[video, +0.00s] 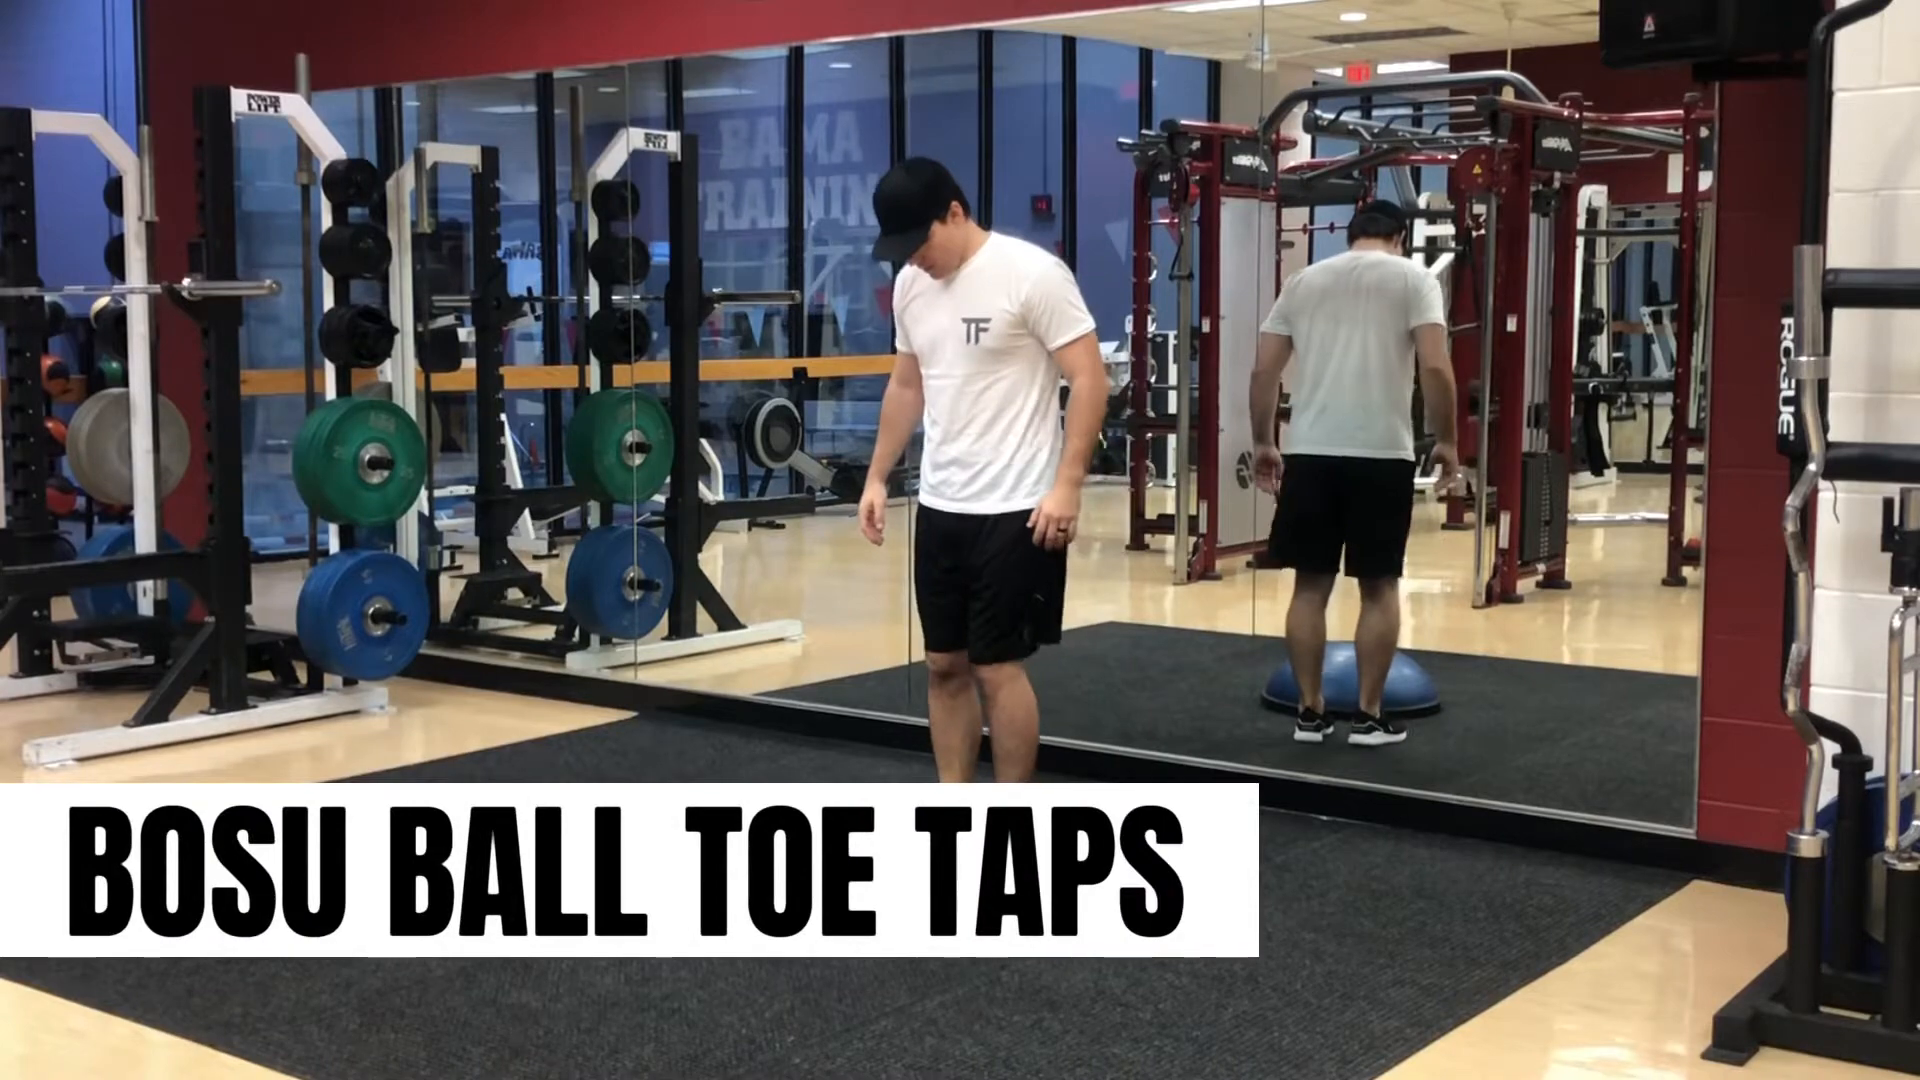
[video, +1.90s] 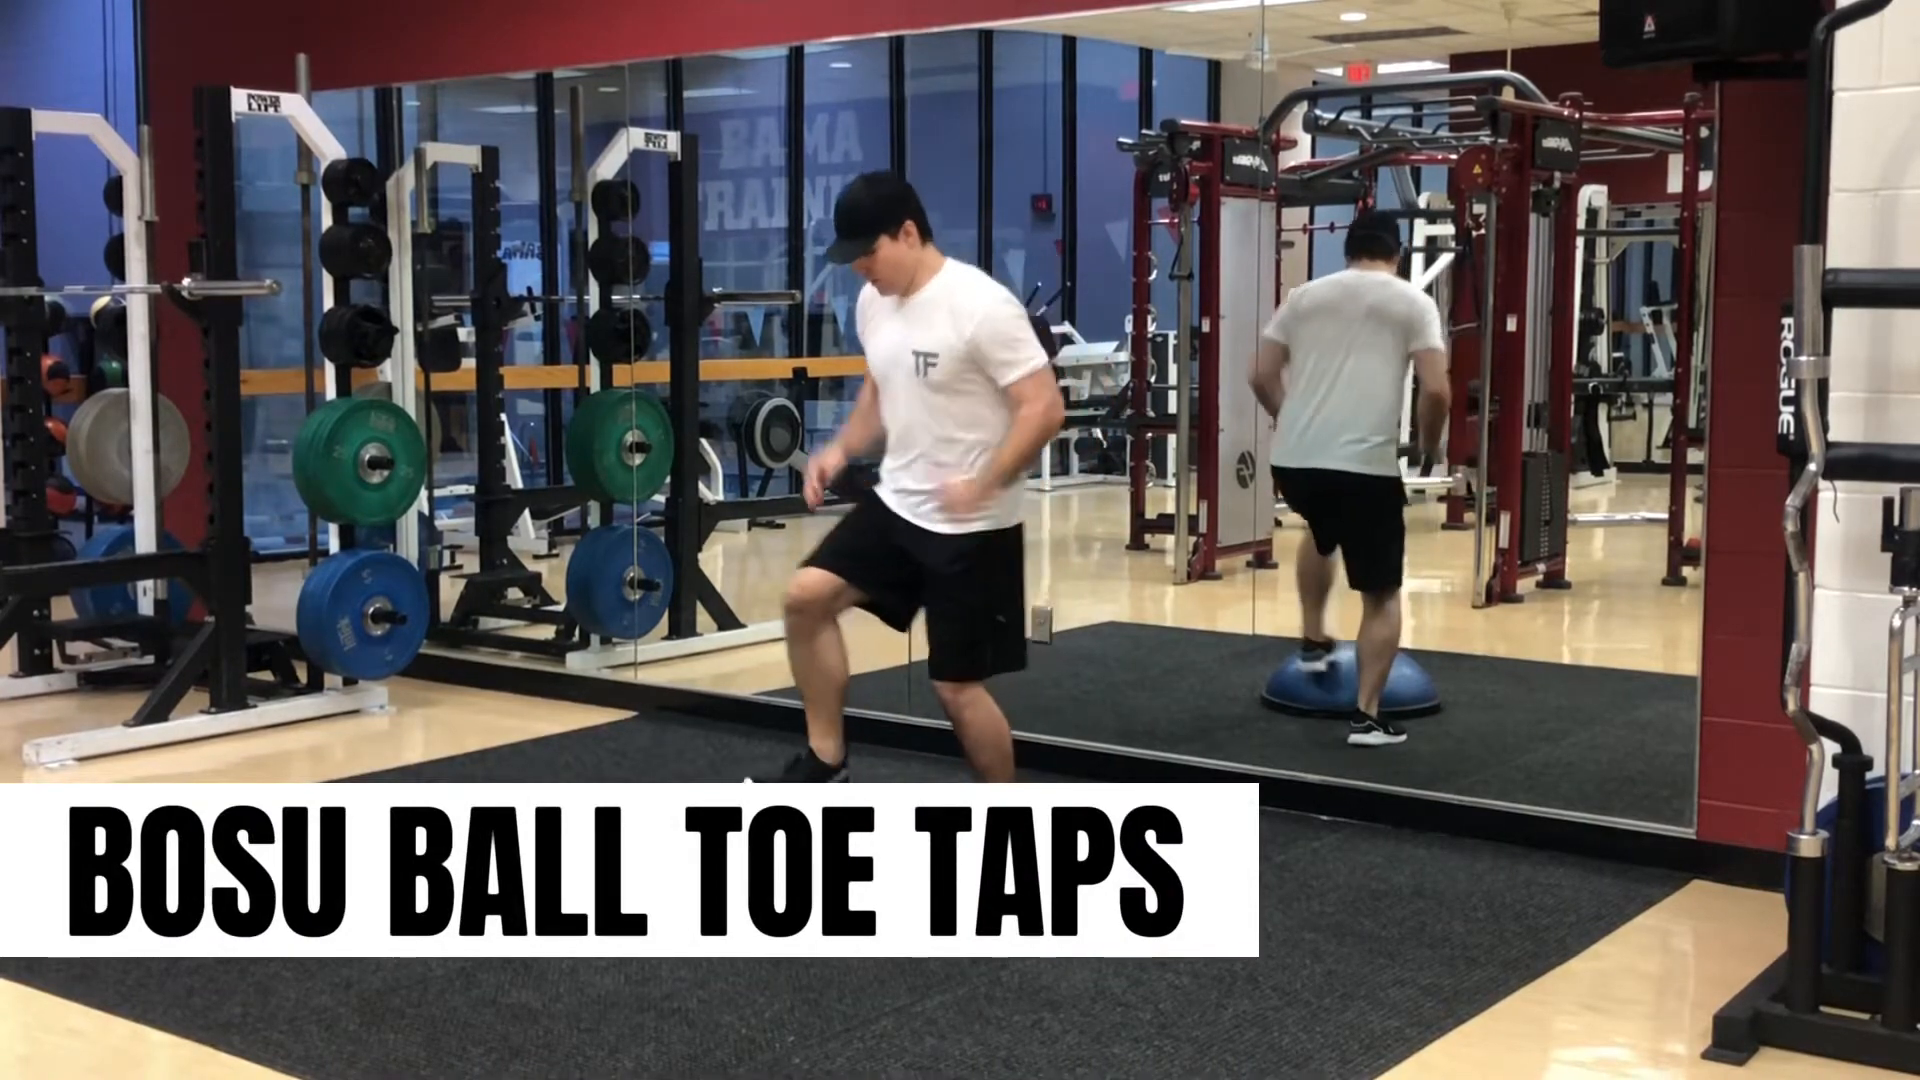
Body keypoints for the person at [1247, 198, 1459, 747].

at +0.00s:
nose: (1404, 252)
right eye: (1405, 245)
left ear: (1350, 237)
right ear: (1397, 240)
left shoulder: (1305, 281)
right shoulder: (1415, 278)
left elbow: (1264, 370)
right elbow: (1435, 367)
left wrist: (1263, 443)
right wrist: (1446, 441)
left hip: (1310, 460)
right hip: (1382, 463)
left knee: (1310, 586)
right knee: (1379, 589)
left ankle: (1310, 713)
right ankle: (1369, 715)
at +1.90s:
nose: (1397, 268)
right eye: (1400, 260)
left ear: (1349, 254)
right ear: (1397, 257)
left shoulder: (1304, 296)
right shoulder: (1412, 301)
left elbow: (1261, 375)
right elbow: (1436, 392)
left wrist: (1292, 419)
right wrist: (1426, 448)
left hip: (1293, 462)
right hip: (1366, 470)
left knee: (1320, 532)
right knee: (1381, 598)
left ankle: (1313, 641)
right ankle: (1367, 715)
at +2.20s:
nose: (1344, 245)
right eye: (1343, 238)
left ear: (1294, 233)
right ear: (1340, 237)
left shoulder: (1247, 275)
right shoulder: (1344, 271)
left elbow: (1202, 350)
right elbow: (1348, 335)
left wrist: (1235, 388)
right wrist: (1354, 382)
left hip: (1247, 437)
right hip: (1311, 438)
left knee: (1232, 557)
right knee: (1371, 513)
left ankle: (1187, 677)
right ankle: (1327, 618)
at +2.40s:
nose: (1320, 273)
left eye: (1318, 267)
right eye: (1320, 266)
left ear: (1267, 262)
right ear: (1311, 263)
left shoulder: (1228, 308)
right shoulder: (1317, 295)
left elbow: (1197, 391)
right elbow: (1332, 350)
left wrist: (1243, 413)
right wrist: (1353, 393)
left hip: (1232, 462)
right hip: (1295, 458)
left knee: (1223, 582)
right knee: (1354, 522)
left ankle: (1180, 691)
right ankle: (1316, 631)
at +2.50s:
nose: (1332, 238)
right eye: (1332, 231)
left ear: (1279, 228)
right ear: (1324, 229)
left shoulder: (1239, 272)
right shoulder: (1337, 259)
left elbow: (1194, 347)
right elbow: (1364, 307)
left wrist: (1240, 376)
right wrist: (1376, 351)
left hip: (1250, 432)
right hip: (1318, 429)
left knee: (1235, 553)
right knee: (1369, 524)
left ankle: (1195, 670)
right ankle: (1345, 636)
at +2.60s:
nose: (1345, 231)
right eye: (1346, 223)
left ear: (1295, 221)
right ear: (1343, 222)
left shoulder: (1252, 263)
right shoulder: (1362, 256)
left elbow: (1196, 330)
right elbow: (1401, 308)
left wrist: (1229, 376)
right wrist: (1400, 356)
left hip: (1262, 423)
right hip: (1331, 423)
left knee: (1272, 522)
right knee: (1365, 544)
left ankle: (1243, 629)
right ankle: (1379, 665)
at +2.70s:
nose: (1363, 256)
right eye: (1364, 247)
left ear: (1310, 247)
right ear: (1361, 247)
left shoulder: (1270, 284)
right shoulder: (1384, 287)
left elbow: (1216, 344)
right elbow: (1428, 362)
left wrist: (1214, 412)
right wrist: (1415, 404)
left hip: (1270, 448)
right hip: (1342, 450)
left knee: (1300, 515)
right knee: (1370, 576)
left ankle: (1308, 606)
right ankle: (1399, 704)